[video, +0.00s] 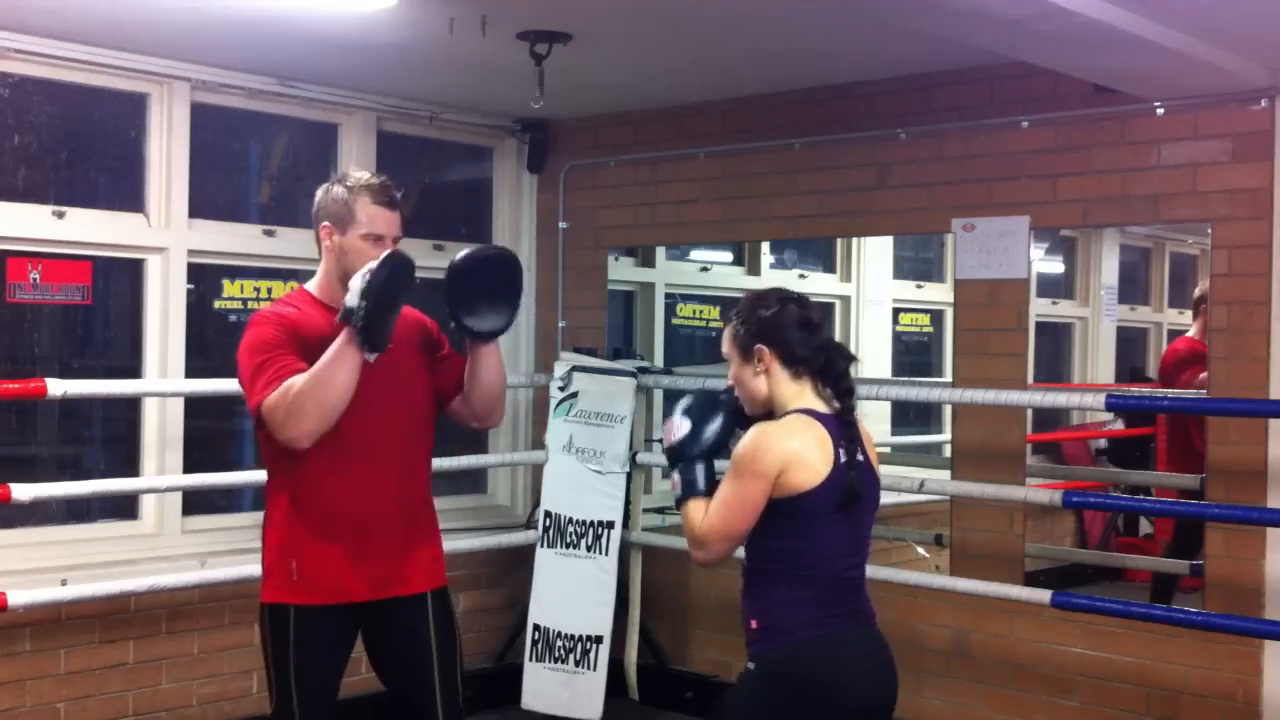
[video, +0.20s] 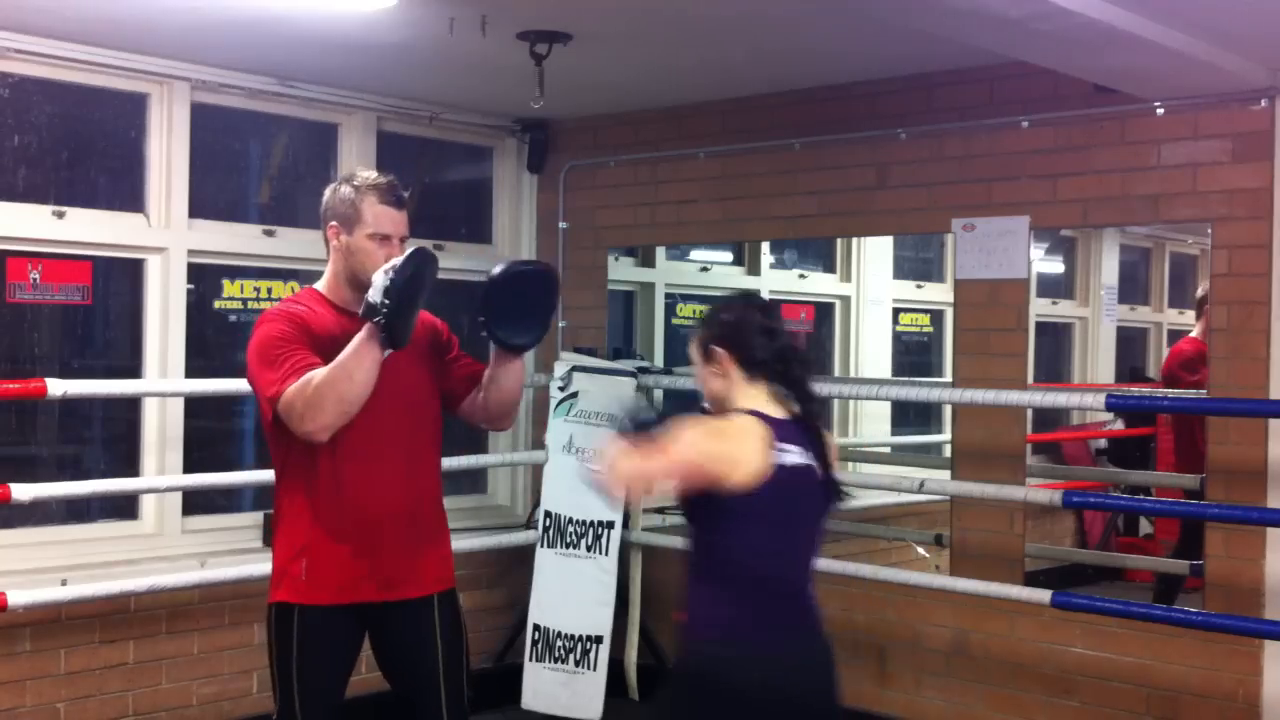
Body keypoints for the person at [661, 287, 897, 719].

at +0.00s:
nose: (729, 379)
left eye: (731, 362)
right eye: (727, 363)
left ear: (763, 360)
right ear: (809, 357)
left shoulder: (769, 443)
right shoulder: (858, 433)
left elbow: (705, 546)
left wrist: (689, 462)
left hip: (791, 676)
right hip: (864, 665)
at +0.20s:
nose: (701, 386)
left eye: (699, 370)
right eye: (697, 372)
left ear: (722, 363)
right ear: (774, 358)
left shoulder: (723, 437)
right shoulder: (814, 440)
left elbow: (629, 473)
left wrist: (619, 451)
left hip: (723, 662)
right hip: (800, 659)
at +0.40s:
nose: (651, 368)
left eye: (650, 357)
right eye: (648, 357)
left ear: (667, 354)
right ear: (725, 351)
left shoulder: (642, 423)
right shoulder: (772, 440)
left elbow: (525, 447)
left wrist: (533, 408)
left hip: (663, 649)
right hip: (746, 651)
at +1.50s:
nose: (659, 359)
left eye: (660, 347)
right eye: (657, 347)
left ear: (686, 347)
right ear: (737, 344)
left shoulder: (682, 421)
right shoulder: (786, 420)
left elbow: (625, 520)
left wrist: (614, 435)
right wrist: (672, 407)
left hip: (713, 653)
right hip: (793, 643)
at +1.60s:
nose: (663, 364)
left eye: (664, 351)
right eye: (662, 351)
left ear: (691, 349)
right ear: (740, 346)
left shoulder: (686, 422)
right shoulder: (790, 424)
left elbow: (627, 522)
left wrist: (618, 438)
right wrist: (676, 414)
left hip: (711, 660)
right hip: (793, 651)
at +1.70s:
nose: (656, 370)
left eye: (657, 356)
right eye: (653, 357)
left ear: (685, 353)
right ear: (732, 350)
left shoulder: (668, 428)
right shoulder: (786, 429)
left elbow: (615, 531)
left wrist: (605, 447)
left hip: (695, 654)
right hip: (780, 650)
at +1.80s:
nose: (630, 381)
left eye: (632, 368)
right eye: (629, 369)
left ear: (663, 368)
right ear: (709, 366)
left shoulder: (631, 452)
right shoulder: (754, 441)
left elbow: (561, 532)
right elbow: (787, 544)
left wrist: (564, 451)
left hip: (667, 672)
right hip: (755, 671)